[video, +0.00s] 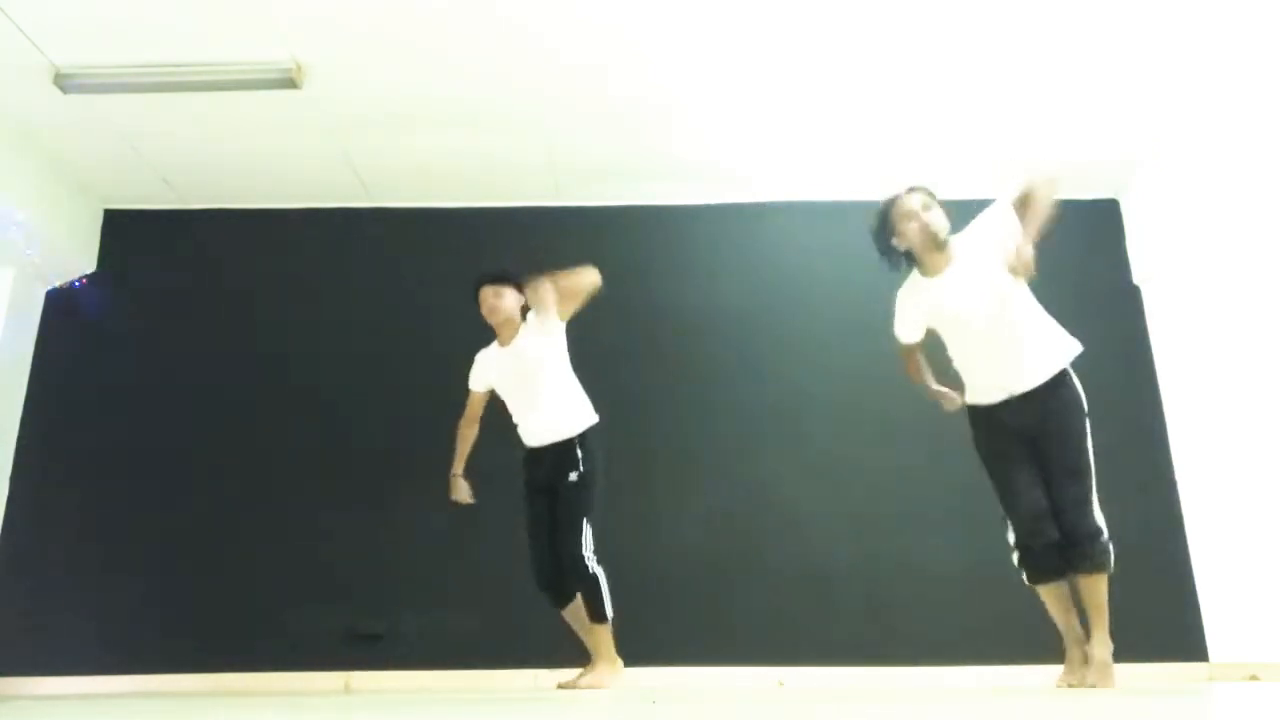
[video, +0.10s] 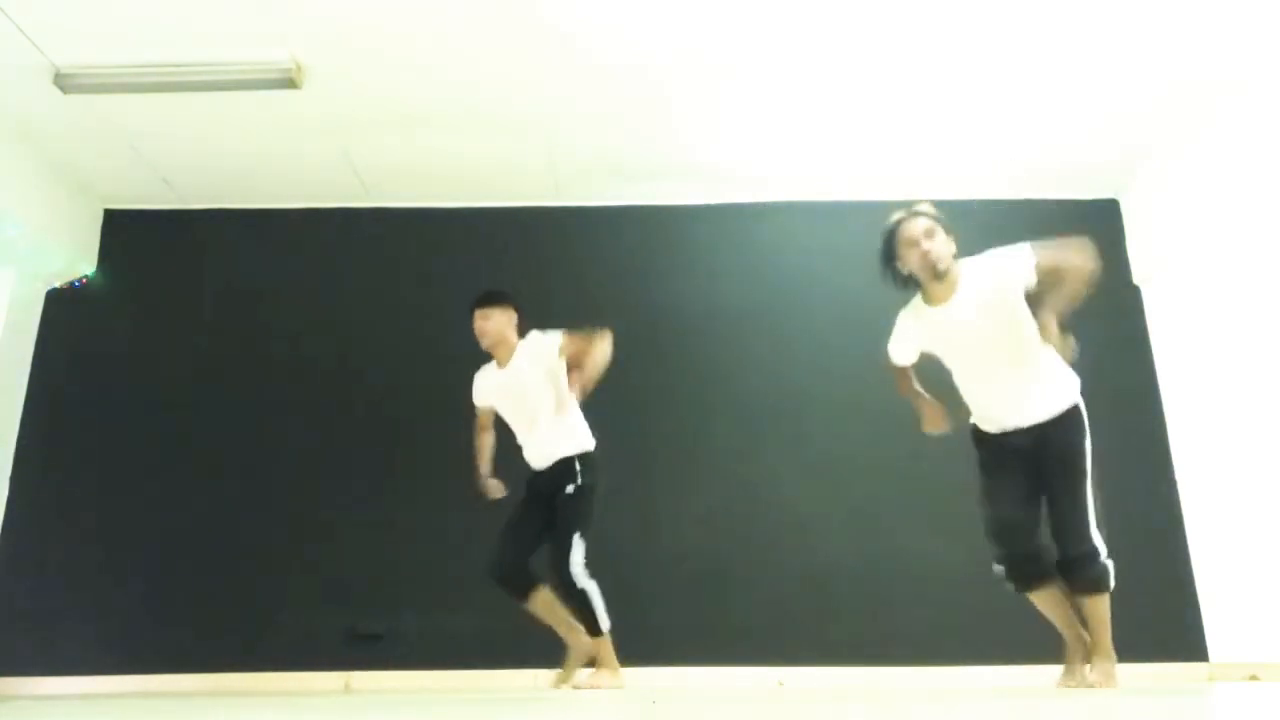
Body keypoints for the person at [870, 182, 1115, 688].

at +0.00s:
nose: (925, 215)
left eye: (927, 205)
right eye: (910, 215)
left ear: (944, 211)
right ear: (899, 242)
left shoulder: (988, 230)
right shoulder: (912, 298)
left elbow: (1045, 186)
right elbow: (910, 353)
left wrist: (1027, 239)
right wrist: (935, 388)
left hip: (1053, 389)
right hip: (993, 412)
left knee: (1078, 521)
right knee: (1032, 530)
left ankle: (1101, 645)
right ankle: (1074, 646)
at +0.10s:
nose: (929, 246)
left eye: (932, 234)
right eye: (914, 244)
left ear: (950, 238)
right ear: (904, 266)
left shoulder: (995, 270)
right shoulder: (912, 323)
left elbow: (1081, 257)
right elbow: (899, 367)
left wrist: (1049, 314)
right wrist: (925, 403)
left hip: (1058, 415)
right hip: (997, 432)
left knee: (1076, 541)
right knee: (1014, 548)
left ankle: (1103, 653)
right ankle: (1075, 641)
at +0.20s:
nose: (924, 257)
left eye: (929, 245)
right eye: (910, 255)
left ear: (950, 250)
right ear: (902, 274)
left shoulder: (998, 298)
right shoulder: (914, 331)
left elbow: (1066, 356)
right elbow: (913, 392)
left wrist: (1001, 381)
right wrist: (942, 417)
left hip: (1049, 430)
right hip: (989, 441)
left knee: (1068, 547)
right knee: (969, 527)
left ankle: (1103, 660)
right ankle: (1043, 628)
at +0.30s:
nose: (918, 246)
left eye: (925, 234)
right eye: (906, 242)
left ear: (949, 243)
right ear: (899, 262)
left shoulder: (983, 290)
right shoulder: (902, 320)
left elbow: (982, 377)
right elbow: (926, 408)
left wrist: (913, 363)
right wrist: (907, 379)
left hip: (1030, 438)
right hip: (968, 445)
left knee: (1063, 559)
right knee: (924, 530)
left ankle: (1102, 660)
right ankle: (936, 648)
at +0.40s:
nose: (905, 217)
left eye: (916, 209)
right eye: (896, 214)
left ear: (940, 227)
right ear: (887, 236)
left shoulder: (963, 264)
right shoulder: (878, 287)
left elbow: (963, 324)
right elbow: (854, 358)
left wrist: (903, 304)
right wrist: (821, 354)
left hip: (993, 436)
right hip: (923, 445)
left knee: (1054, 550)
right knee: (873, 539)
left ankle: (1095, 657)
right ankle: (828, 644)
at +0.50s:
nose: (893, 212)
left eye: (905, 207)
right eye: (885, 208)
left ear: (927, 227)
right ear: (874, 228)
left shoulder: (943, 273)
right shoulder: (856, 291)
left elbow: (961, 309)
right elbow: (803, 342)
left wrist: (965, 272)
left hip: (933, 421)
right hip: (861, 425)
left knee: (1003, 531)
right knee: (810, 522)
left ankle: (1046, 633)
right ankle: (794, 660)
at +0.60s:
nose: (882, 221)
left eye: (895, 217)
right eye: (873, 218)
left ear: (915, 241)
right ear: (861, 240)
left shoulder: (923, 288)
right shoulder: (835, 298)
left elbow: (966, 321)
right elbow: (780, 352)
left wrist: (1018, 294)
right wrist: (713, 352)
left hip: (881, 416)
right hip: (815, 415)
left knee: (925, 527)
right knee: (760, 519)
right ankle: (784, 662)